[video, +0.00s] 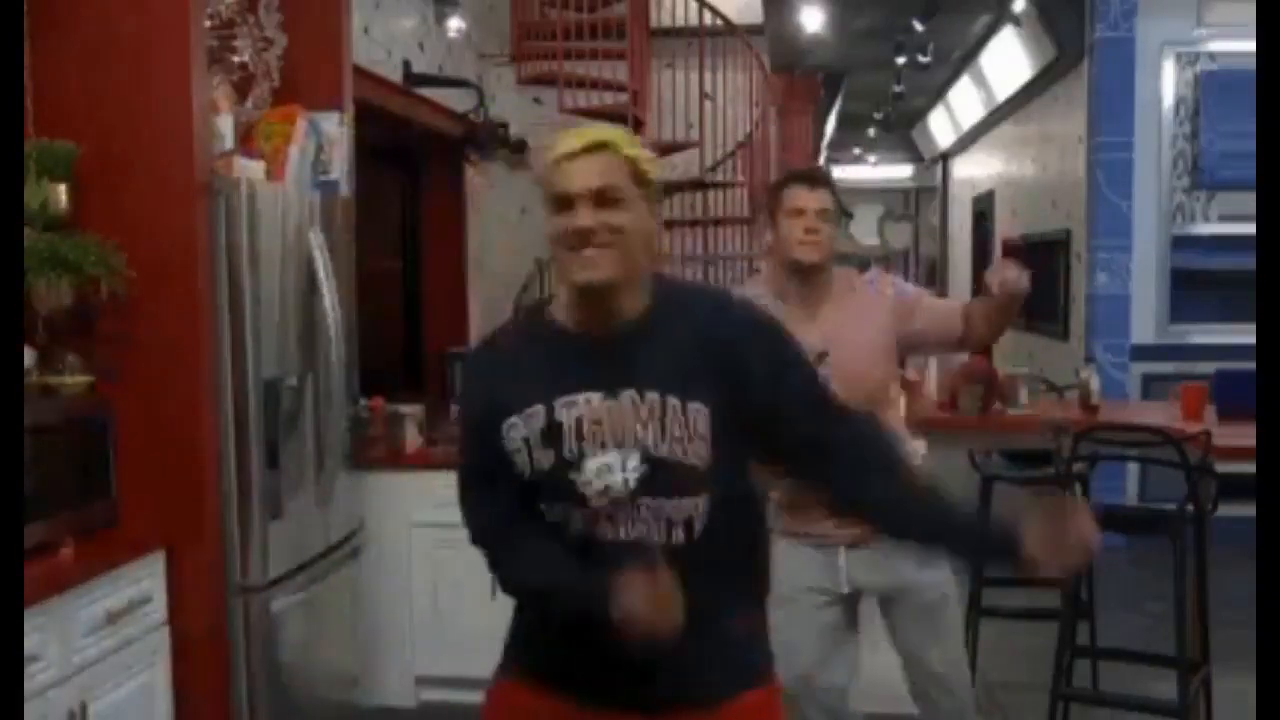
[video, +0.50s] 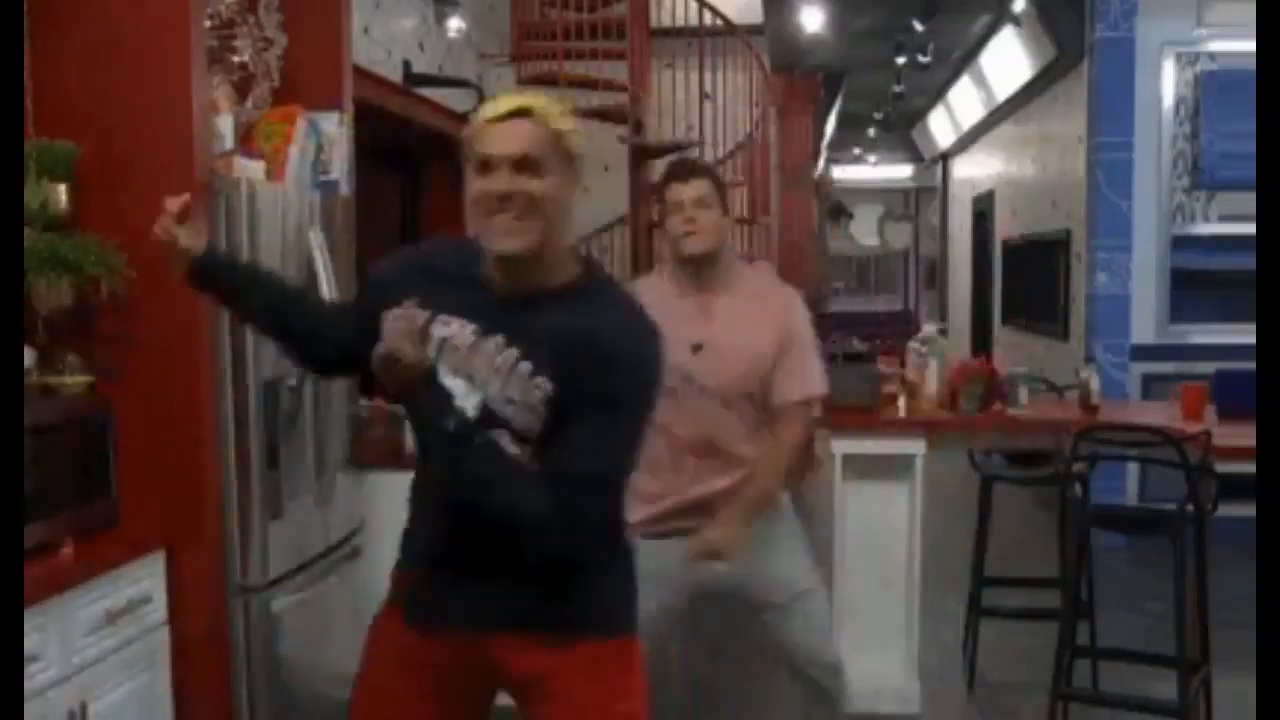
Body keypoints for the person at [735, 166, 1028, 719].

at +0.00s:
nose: (811, 226)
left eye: (823, 216)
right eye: (797, 216)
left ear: (838, 229)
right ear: (772, 232)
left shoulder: (878, 296)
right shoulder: (746, 312)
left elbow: (970, 327)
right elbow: (726, 429)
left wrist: (1003, 300)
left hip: (898, 526)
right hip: (800, 537)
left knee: (945, 689)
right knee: (811, 693)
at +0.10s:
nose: (805, 238)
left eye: (819, 226)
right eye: (790, 226)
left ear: (836, 237)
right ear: (767, 236)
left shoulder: (876, 309)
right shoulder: (740, 323)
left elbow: (952, 389)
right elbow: (725, 449)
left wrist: (1001, 376)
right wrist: (826, 508)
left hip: (893, 533)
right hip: (797, 535)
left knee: (939, 691)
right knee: (870, 701)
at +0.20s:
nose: (789, 231)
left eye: (803, 219)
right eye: (776, 220)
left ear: (823, 229)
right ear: (758, 230)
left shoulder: (868, 301)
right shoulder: (732, 312)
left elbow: (923, 398)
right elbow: (713, 434)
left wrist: (1010, 434)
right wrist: (780, 543)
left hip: (876, 540)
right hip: (775, 547)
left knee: (935, 699)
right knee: (789, 705)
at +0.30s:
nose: (736, 197)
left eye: (750, 184)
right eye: (723, 186)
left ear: (774, 195)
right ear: (705, 201)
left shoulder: (823, 273)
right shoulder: (679, 269)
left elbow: (865, 381)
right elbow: (650, 381)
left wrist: (884, 498)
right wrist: (655, 499)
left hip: (815, 518)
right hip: (708, 521)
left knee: (882, 671)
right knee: (682, 676)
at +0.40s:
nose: (711, 204)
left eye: (724, 191)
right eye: (697, 195)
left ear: (750, 202)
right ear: (681, 209)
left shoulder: (798, 282)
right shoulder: (657, 281)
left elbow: (827, 403)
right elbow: (628, 394)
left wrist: (809, 525)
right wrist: (625, 511)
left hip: (783, 519)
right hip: (682, 525)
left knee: (849, 668)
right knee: (678, 685)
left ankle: (884, 712)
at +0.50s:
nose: (688, 218)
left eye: (701, 206)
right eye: (675, 209)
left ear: (728, 218)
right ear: (661, 225)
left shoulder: (777, 301)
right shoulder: (631, 305)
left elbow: (793, 425)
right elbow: (603, 412)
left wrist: (734, 517)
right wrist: (602, 519)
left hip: (757, 515)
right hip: (653, 523)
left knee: (821, 664)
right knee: (623, 671)